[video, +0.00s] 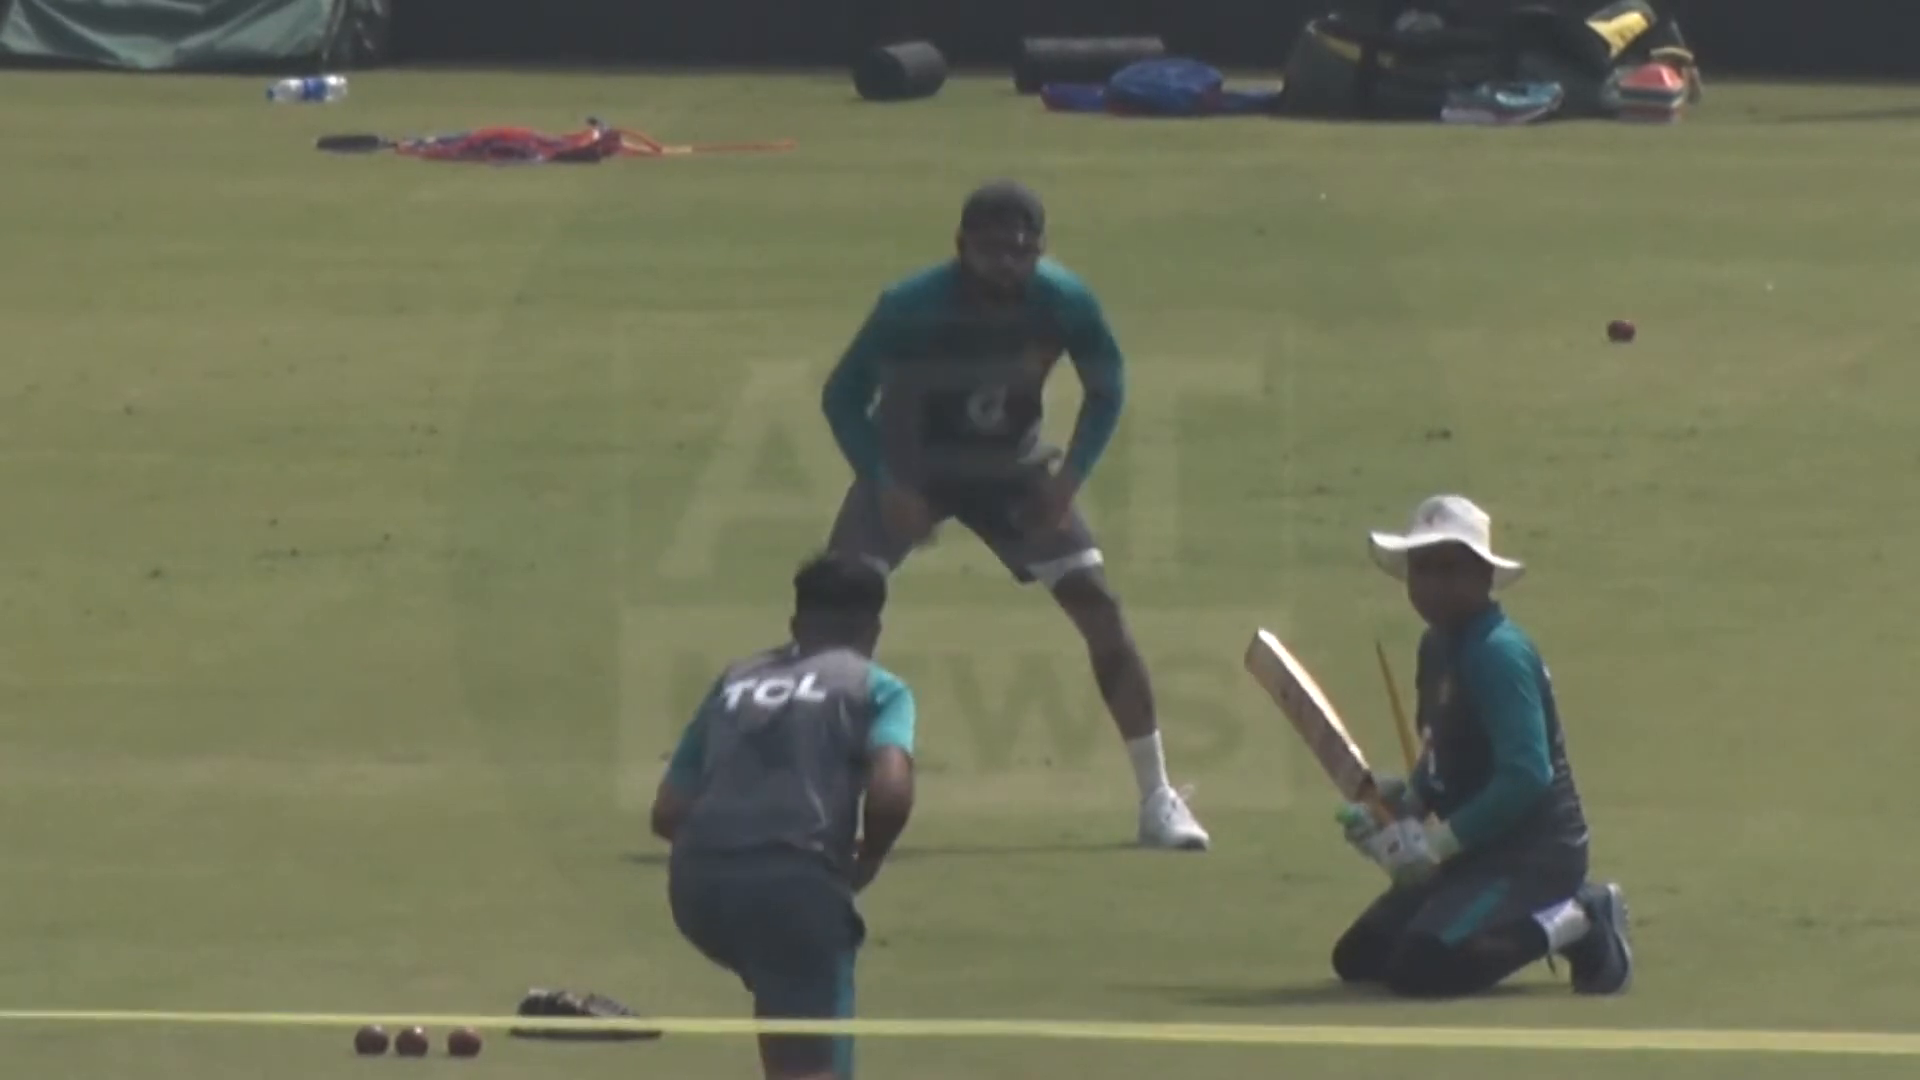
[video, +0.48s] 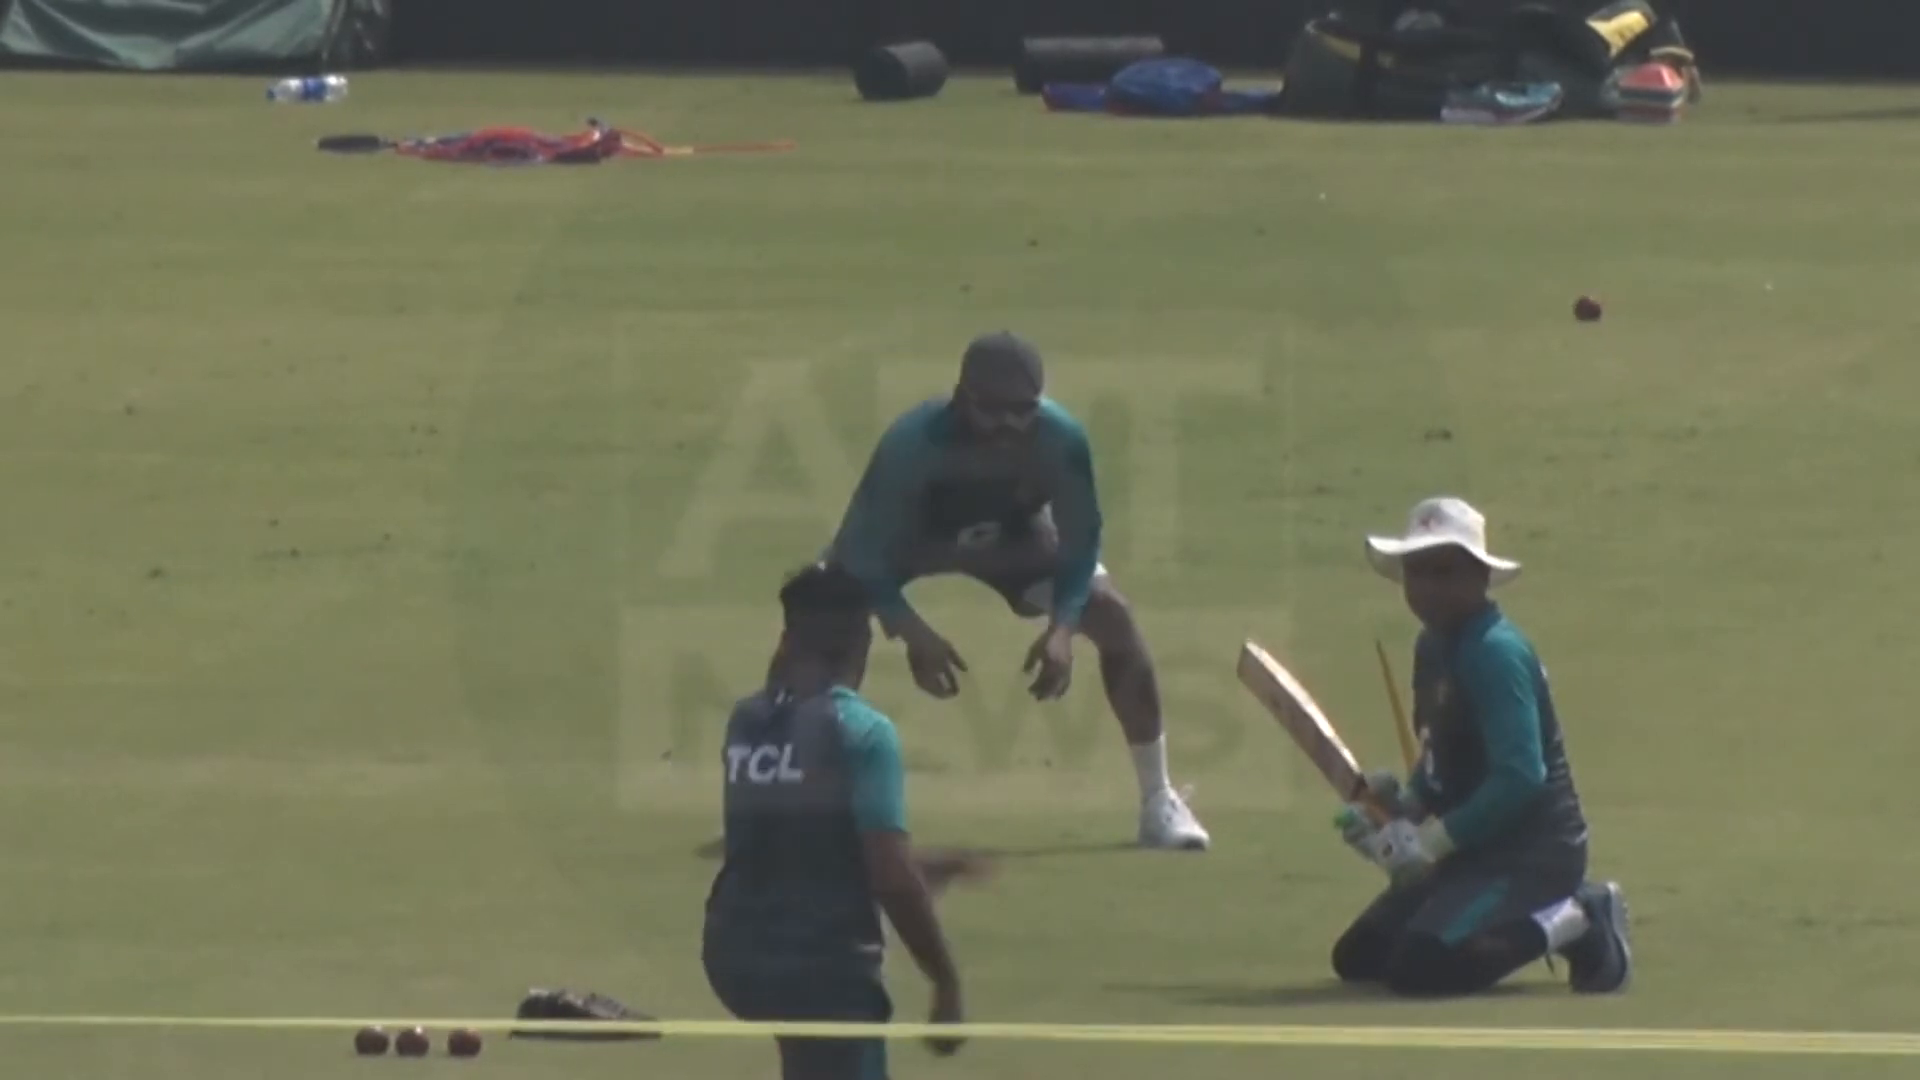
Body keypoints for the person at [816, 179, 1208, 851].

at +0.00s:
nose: (1004, 265)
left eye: (1018, 251)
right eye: (990, 250)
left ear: (1038, 249)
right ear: (961, 245)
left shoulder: (1066, 304)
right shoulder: (908, 308)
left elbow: (1106, 389)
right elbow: (841, 395)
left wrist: (1067, 480)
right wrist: (883, 484)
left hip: (1011, 474)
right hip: (909, 467)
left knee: (1098, 609)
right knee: (840, 601)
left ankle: (1159, 797)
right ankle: (817, 786)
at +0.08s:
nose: (1003, 321)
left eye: (1018, 307)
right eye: (989, 306)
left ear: (1038, 306)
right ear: (963, 300)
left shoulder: (1064, 355)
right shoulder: (911, 356)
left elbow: (1099, 448)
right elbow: (850, 454)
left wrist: (1062, 541)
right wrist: (894, 547)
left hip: (1012, 494)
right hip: (906, 492)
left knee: (1109, 613)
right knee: (835, 607)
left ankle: (1159, 797)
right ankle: (811, 788)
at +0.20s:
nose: (1005, 394)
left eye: (1018, 380)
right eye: (991, 379)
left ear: (1036, 371)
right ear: (963, 364)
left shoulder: (1062, 412)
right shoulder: (915, 407)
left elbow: (1082, 514)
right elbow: (866, 513)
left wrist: (1066, 614)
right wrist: (907, 606)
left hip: (1019, 535)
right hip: (913, 533)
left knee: (1117, 625)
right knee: (825, 611)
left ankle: (1159, 801)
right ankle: (798, 786)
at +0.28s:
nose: (1010, 416)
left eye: (1024, 402)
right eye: (995, 402)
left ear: (1041, 393)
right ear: (963, 389)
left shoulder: (1063, 437)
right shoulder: (912, 435)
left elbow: (1084, 534)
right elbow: (866, 543)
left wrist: (1065, 622)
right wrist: (910, 621)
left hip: (1017, 546)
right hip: (915, 544)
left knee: (1116, 621)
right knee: (824, 609)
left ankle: (1159, 800)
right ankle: (791, 776)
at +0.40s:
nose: (1009, 429)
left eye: (1023, 415)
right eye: (994, 415)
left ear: (1040, 406)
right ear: (966, 405)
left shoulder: (1062, 445)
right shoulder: (912, 448)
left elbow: (1086, 537)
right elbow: (861, 558)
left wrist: (1064, 626)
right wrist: (916, 635)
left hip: (1017, 551)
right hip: (914, 553)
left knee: (1114, 620)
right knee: (835, 613)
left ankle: (1159, 800)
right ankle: (817, 783)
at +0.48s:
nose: (1008, 424)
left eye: (1022, 410)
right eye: (993, 410)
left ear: (1038, 401)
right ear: (963, 398)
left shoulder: (1062, 442)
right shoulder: (911, 444)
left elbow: (1082, 537)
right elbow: (860, 555)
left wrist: (1063, 628)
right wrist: (915, 635)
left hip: (1013, 545)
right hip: (912, 546)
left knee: (1114, 618)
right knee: (830, 618)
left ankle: (1159, 800)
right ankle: (803, 786)